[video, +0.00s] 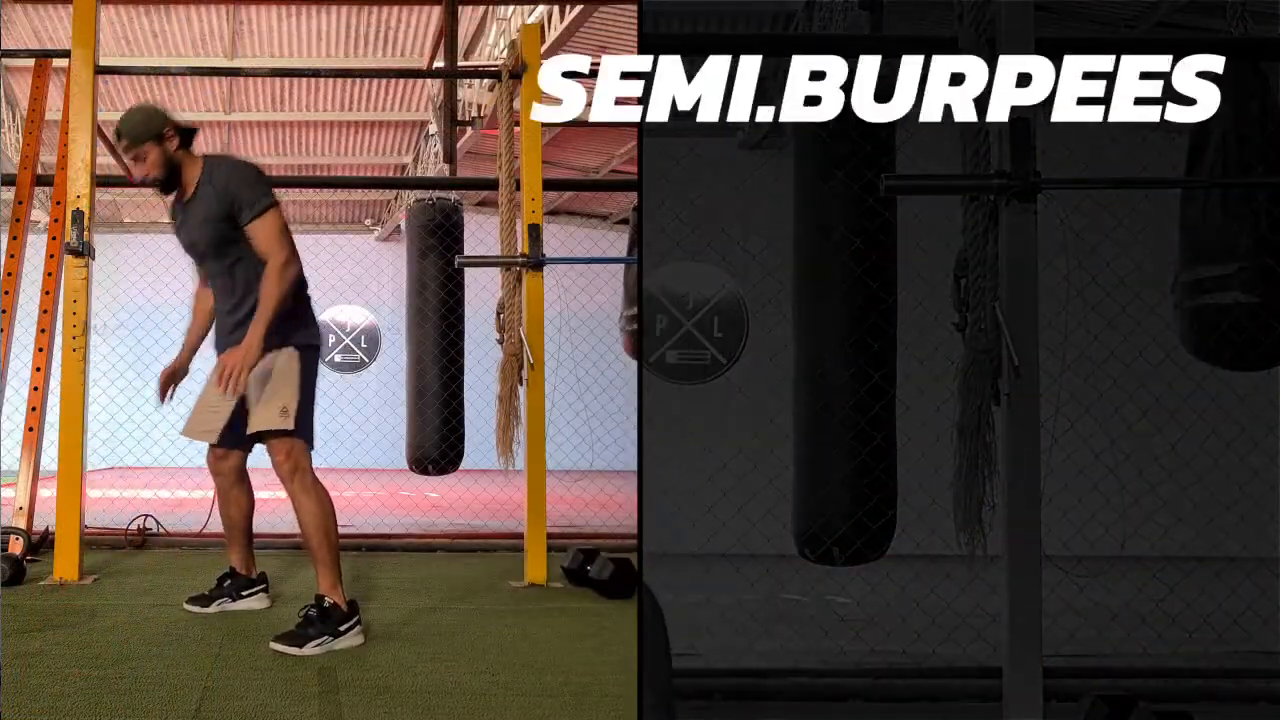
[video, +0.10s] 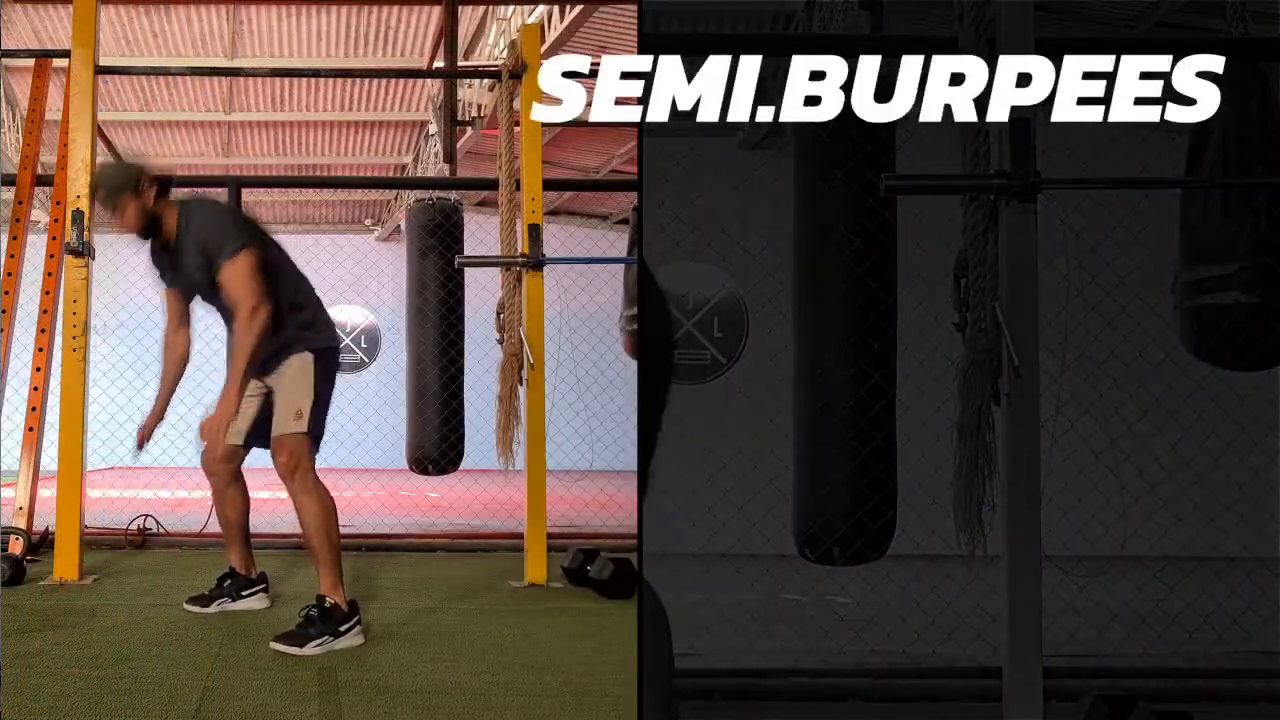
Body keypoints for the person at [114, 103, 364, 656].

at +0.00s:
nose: (137, 172)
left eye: (140, 157)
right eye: (128, 162)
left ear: (171, 138)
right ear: (128, 161)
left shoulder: (234, 176)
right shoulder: (183, 205)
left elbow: (283, 261)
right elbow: (211, 282)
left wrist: (251, 344)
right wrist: (186, 355)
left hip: (283, 337)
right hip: (238, 342)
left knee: (291, 462)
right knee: (224, 460)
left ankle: (336, 606)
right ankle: (244, 575)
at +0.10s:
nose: (114, 220)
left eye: (116, 207)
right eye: (109, 211)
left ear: (146, 190)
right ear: (133, 202)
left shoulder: (211, 222)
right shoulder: (164, 245)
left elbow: (254, 310)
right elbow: (177, 332)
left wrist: (226, 403)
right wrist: (158, 408)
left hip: (303, 343)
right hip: (255, 350)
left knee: (292, 459)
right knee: (218, 459)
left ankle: (337, 606)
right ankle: (243, 577)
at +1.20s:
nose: (127, 494)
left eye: (123, 488)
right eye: (120, 493)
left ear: (133, 461)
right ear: (129, 456)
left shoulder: (175, 437)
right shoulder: (134, 434)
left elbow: (169, 546)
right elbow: (125, 528)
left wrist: (144, 650)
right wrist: (94, 610)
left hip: (296, 329)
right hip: (257, 348)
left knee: (292, 457)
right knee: (229, 458)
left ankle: (372, 581)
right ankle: (271, 551)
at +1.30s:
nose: (122, 466)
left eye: (120, 456)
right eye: (115, 460)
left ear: (136, 436)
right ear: (133, 435)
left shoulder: (184, 429)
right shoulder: (140, 427)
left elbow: (171, 542)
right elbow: (124, 522)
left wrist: (140, 643)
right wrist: (91, 606)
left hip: (319, 353)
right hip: (270, 362)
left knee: (289, 466)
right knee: (221, 466)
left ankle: (341, 607)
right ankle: (244, 578)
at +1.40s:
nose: (116, 395)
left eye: (116, 383)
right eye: (110, 387)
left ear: (139, 366)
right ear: (134, 368)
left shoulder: (192, 375)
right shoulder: (145, 390)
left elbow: (178, 486)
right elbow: (121, 479)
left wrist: (142, 586)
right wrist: (91, 558)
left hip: (328, 372)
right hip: (277, 389)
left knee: (286, 468)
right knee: (213, 468)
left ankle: (340, 609)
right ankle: (243, 579)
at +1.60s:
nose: (132, 225)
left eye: (134, 212)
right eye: (126, 216)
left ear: (161, 196)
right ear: (140, 208)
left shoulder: (222, 231)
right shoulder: (178, 249)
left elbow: (278, 312)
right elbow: (195, 323)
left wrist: (249, 396)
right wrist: (174, 394)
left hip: (311, 345)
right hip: (260, 352)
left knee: (291, 465)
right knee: (220, 461)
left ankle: (341, 606)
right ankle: (243, 576)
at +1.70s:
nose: (147, 174)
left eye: (150, 160)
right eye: (140, 165)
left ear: (182, 142)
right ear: (146, 161)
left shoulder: (242, 179)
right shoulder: (192, 205)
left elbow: (307, 255)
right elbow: (223, 271)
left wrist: (280, 335)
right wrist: (208, 338)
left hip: (294, 340)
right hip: (247, 346)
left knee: (292, 461)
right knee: (226, 456)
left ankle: (341, 605)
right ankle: (244, 575)